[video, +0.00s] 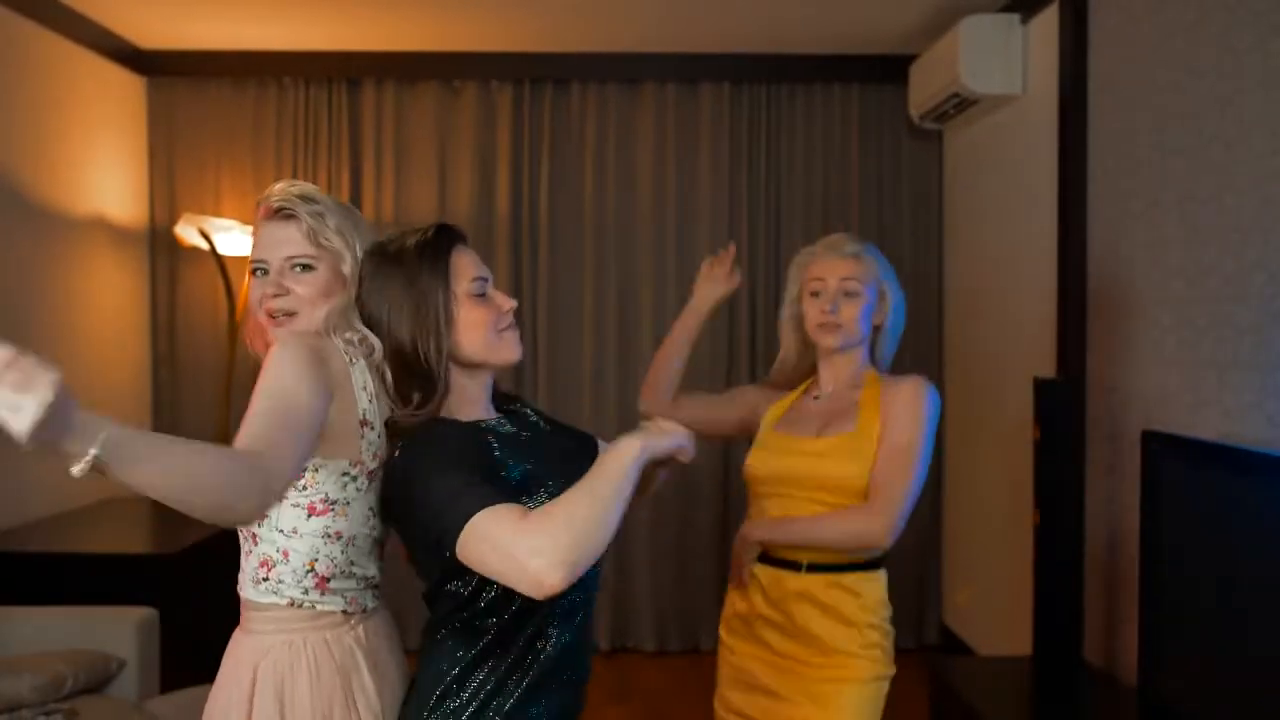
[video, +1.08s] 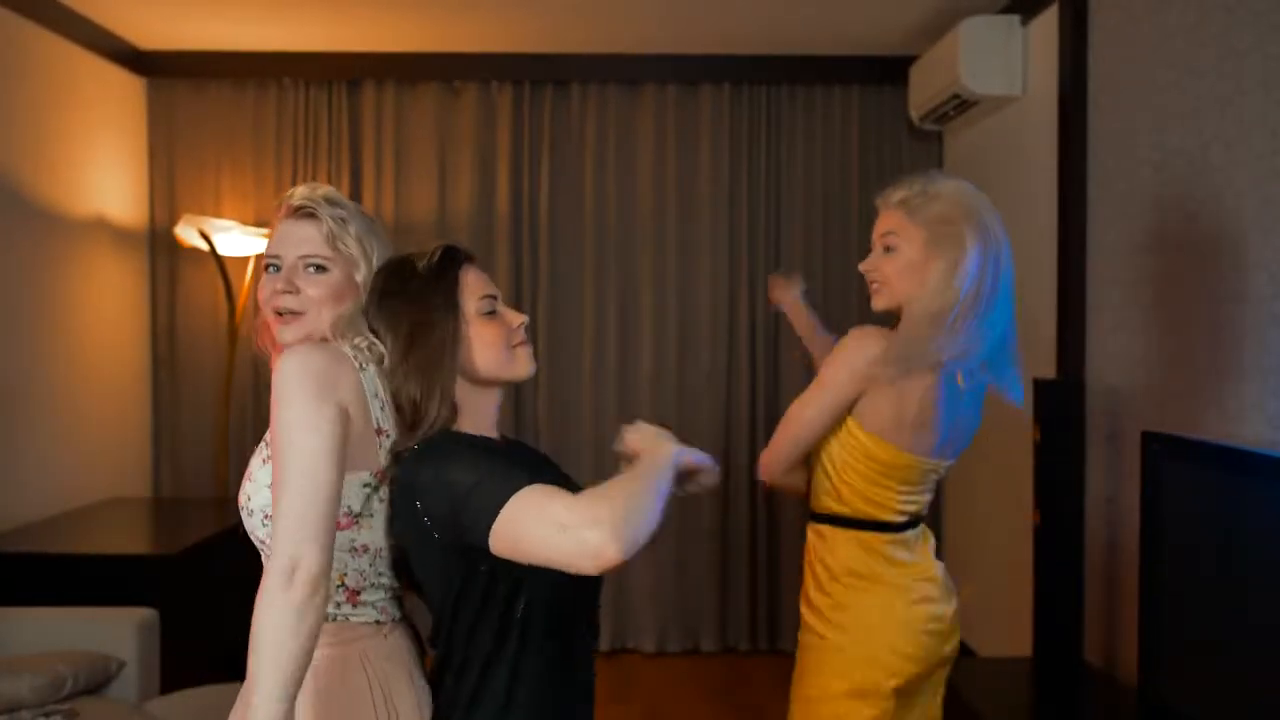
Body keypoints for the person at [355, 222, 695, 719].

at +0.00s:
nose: (508, 302)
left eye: (494, 286)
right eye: (479, 291)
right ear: (424, 322)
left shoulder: (518, 420)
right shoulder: (421, 463)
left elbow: (614, 474)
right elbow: (540, 563)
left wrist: (650, 456)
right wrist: (630, 449)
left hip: (552, 695)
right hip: (472, 703)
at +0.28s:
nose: (513, 331)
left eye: (498, 316)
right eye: (484, 320)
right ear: (429, 350)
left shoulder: (515, 464)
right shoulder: (412, 499)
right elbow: (536, 601)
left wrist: (626, 520)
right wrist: (595, 497)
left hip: (560, 702)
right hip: (471, 707)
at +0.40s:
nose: (509, 338)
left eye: (495, 324)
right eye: (479, 329)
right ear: (424, 360)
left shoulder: (509, 467)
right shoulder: (419, 499)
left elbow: (606, 528)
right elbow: (548, 605)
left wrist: (671, 521)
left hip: (559, 704)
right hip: (468, 709)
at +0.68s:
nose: (505, 315)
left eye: (490, 302)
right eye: (475, 308)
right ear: (423, 343)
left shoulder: (517, 455)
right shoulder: (436, 468)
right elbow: (586, 550)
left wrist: (642, 493)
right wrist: (636, 463)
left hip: (559, 701)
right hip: (478, 706)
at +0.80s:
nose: (509, 302)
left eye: (494, 290)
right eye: (479, 293)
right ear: (427, 327)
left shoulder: (504, 440)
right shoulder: (439, 450)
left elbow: (637, 516)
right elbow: (603, 533)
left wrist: (618, 437)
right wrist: (582, 426)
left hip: (550, 699)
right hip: (488, 704)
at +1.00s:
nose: (516, 311)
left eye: (501, 296)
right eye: (487, 301)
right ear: (433, 333)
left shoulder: (498, 446)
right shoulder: (433, 457)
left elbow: (633, 515)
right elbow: (601, 529)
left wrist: (614, 456)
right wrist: (612, 436)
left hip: (552, 698)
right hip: (496, 703)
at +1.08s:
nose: (518, 318)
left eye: (505, 305)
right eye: (489, 310)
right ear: (436, 340)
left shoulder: (514, 459)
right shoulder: (436, 470)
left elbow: (582, 525)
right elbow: (595, 538)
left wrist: (654, 472)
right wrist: (661, 455)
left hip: (555, 702)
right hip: (492, 706)